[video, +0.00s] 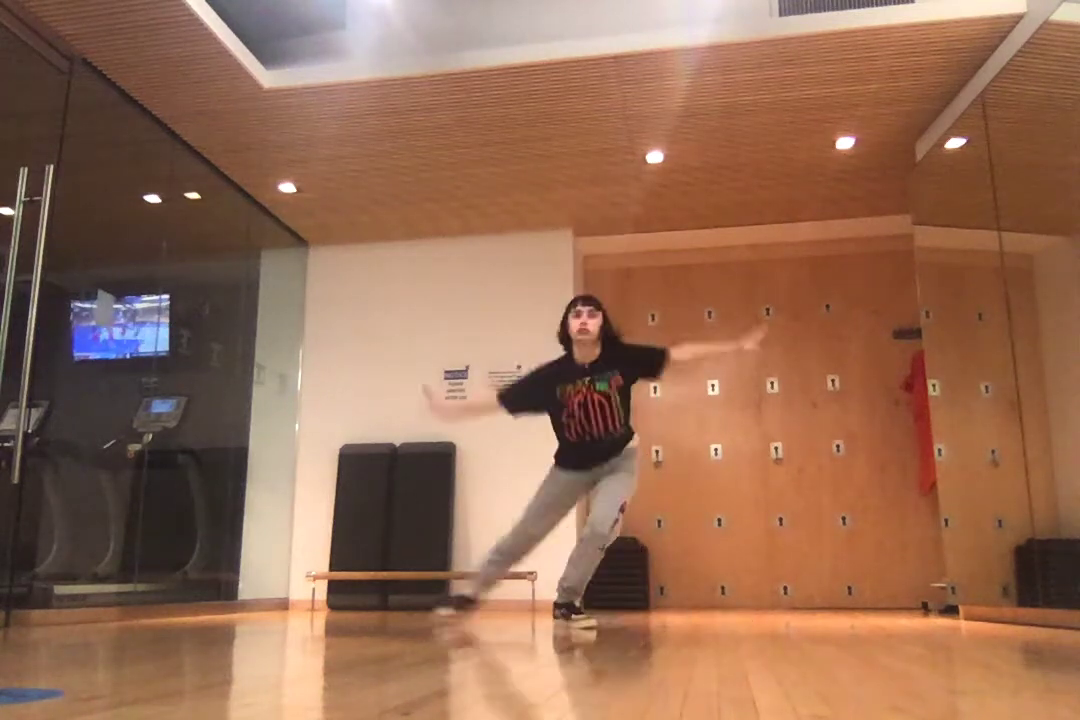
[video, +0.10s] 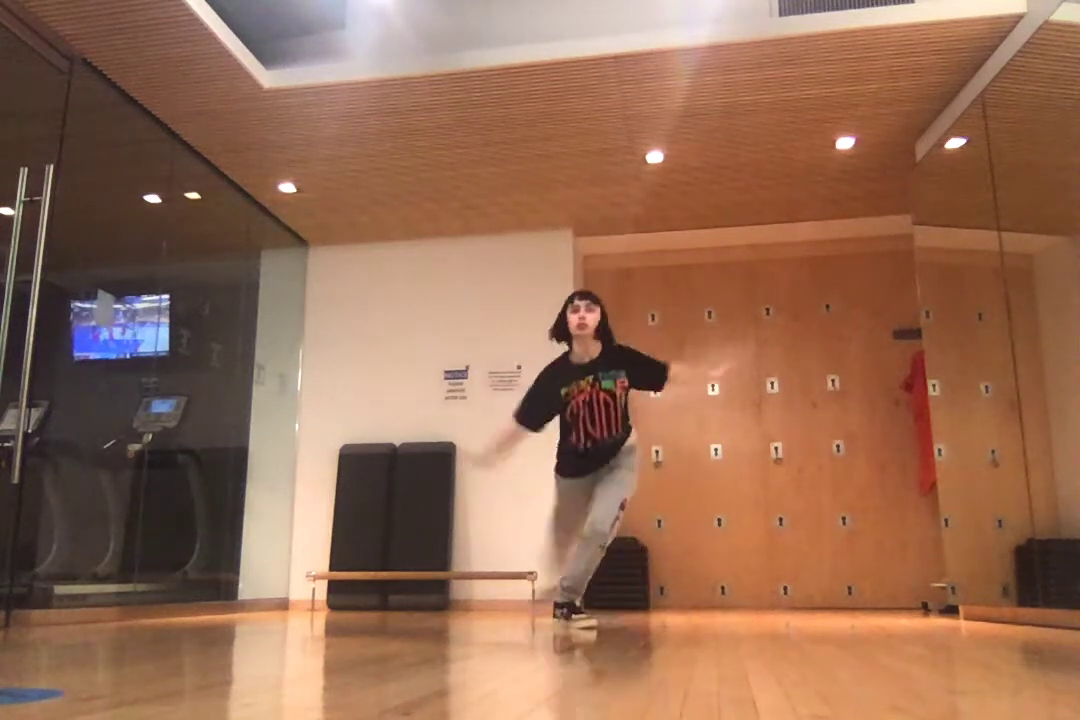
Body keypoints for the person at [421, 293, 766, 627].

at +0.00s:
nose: (583, 322)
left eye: (591, 315)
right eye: (577, 316)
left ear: (603, 325)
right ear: (566, 327)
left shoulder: (624, 358)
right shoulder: (552, 375)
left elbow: (682, 355)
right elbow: (498, 401)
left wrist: (736, 346)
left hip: (617, 461)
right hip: (571, 468)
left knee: (602, 528)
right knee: (527, 531)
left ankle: (567, 601)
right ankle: (472, 593)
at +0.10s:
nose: (582, 315)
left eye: (589, 309)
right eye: (575, 310)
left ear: (601, 317)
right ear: (565, 320)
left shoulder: (621, 358)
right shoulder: (556, 373)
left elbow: (667, 373)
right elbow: (524, 420)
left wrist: (709, 372)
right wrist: (493, 452)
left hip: (618, 459)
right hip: (574, 467)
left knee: (599, 528)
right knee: (563, 535)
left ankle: (568, 599)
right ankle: (569, 593)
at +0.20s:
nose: (582, 304)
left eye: (590, 298)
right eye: (575, 299)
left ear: (602, 306)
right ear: (567, 308)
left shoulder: (617, 348)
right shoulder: (559, 361)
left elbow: (643, 388)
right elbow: (560, 422)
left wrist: (669, 401)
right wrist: (554, 470)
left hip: (622, 444)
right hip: (582, 455)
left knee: (598, 517)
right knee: (601, 527)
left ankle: (577, 598)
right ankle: (648, 587)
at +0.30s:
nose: (585, 305)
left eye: (592, 298)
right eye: (579, 299)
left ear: (605, 304)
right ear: (570, 308)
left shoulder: (622, 348)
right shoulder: (562, 352)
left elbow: (643, 395)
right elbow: (566, 410)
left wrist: (680, 423)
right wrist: (598, 442)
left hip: (626, 438)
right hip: (587, 445)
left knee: (602, 505)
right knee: (627, 520)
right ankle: (676, 588)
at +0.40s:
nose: (587, 305)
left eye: (594, 298)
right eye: (581, 299)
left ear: (608, 304)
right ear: (574, 306)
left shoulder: (626, 348)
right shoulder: (564, 344)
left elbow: (671, 383)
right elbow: (546, 393)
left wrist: (648, 418)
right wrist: (583, 399)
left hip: (621, 445)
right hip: (585, 452)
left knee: (620, 531)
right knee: (589, 545)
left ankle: (660, 596)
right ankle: (651, 579)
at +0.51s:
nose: (584, 311)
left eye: (592, 304)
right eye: (579, 306)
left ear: (608, 309)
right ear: (574, 313)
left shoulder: (619, 356)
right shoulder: (570, 339)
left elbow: (637, 419)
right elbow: (532, 355)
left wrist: (586, 425)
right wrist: (570, 366)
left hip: (617, 449)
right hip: (584, 451)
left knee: (609, 532)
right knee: (530, 507)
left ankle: (662, 598)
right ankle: (561, 585)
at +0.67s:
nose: (586, 307)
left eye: (593, 309)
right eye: (590, 301)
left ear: (603, 320)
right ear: (589, 297)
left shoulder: (598, 345)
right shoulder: (574, 312)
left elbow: (585, 404)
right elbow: (556, 276)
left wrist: (544, 385)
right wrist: (566, 312)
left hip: (573, 430)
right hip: (540, 433)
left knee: (602, 513)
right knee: (495, 508)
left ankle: (653, 589)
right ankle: (491, 596)